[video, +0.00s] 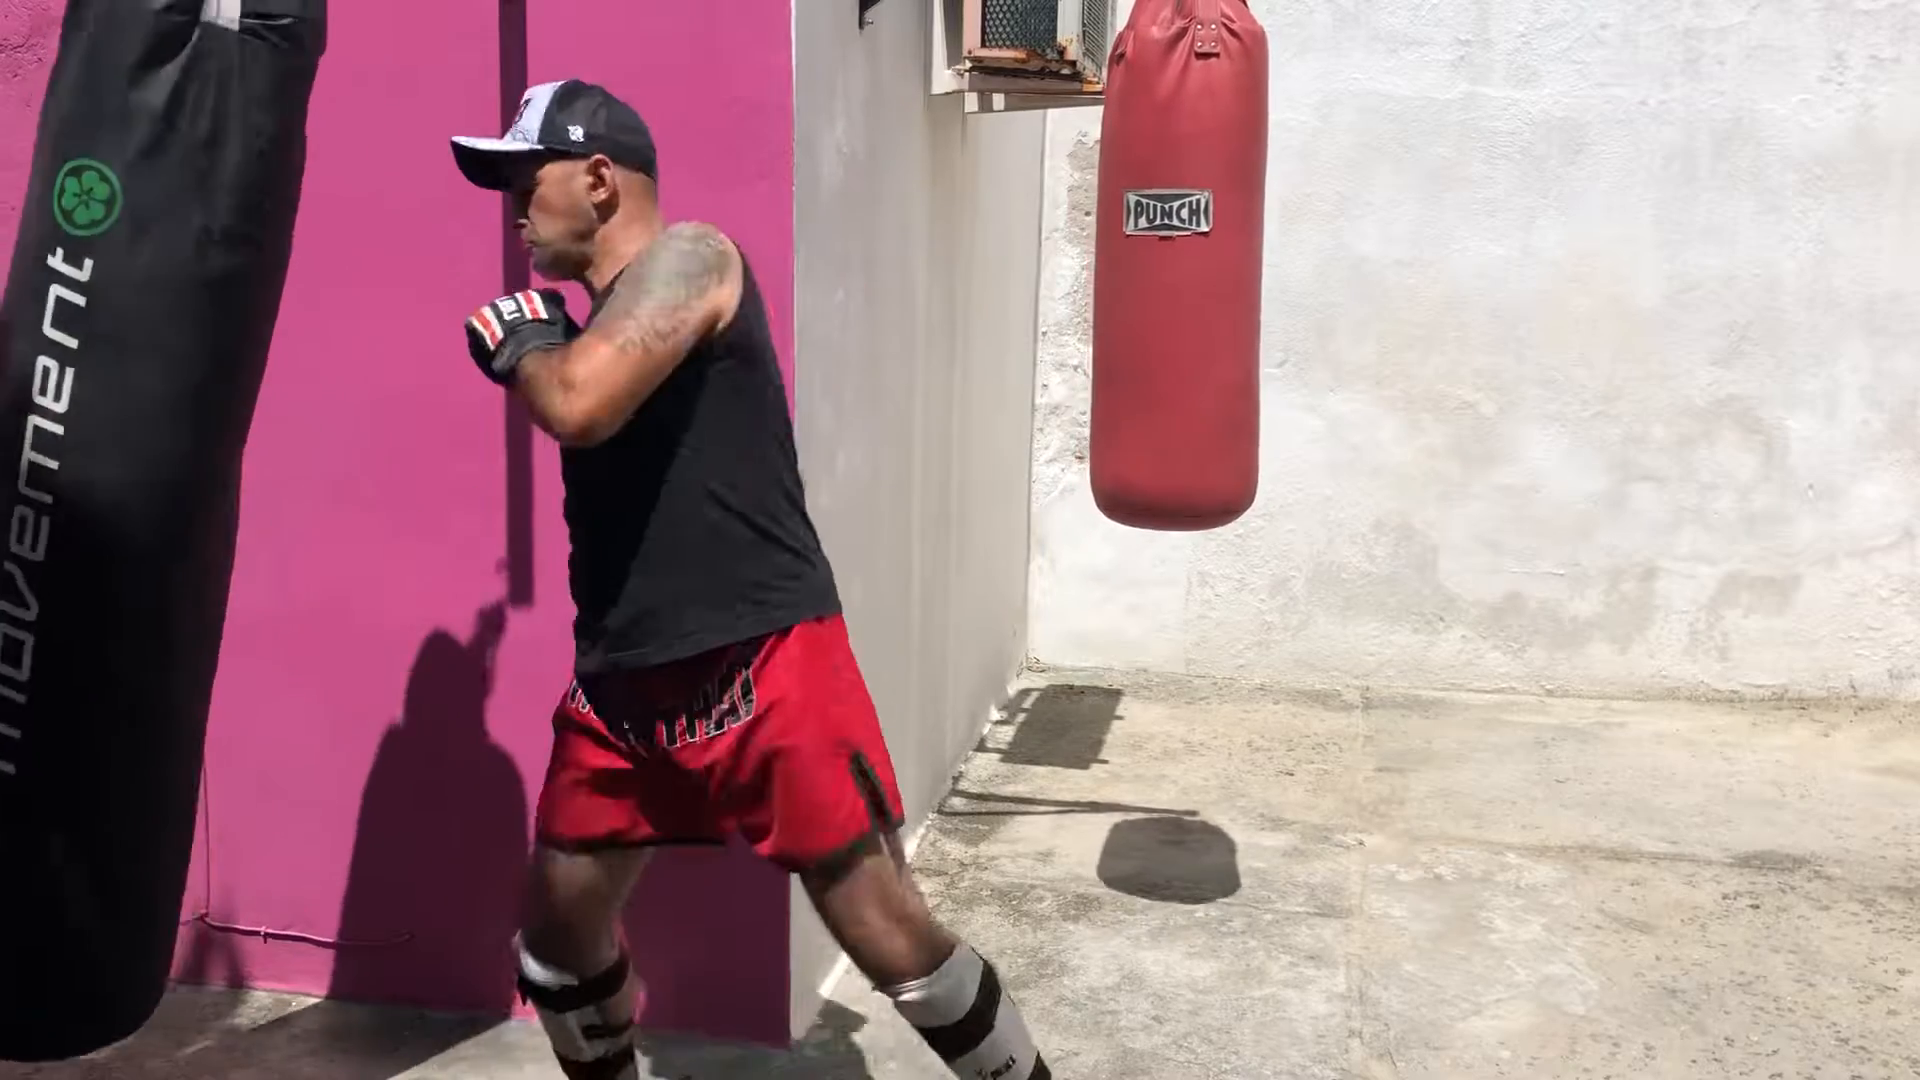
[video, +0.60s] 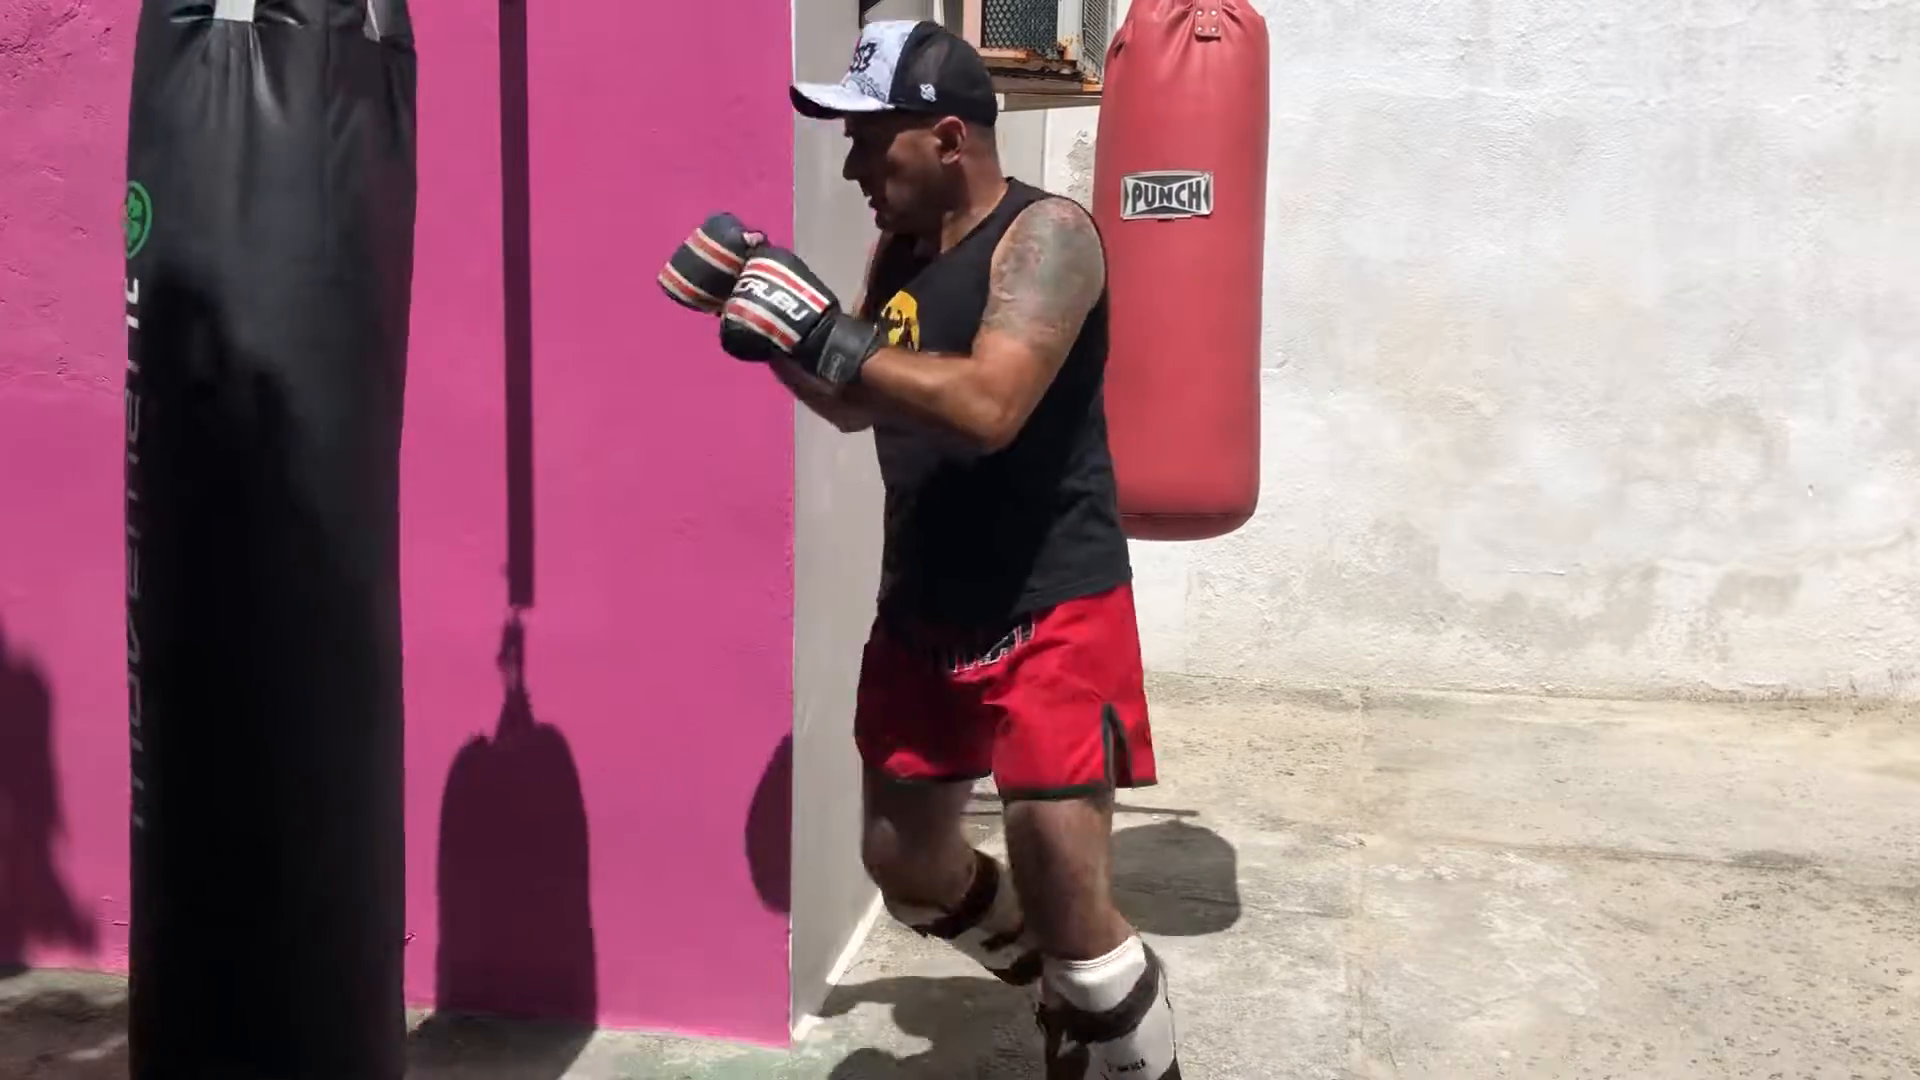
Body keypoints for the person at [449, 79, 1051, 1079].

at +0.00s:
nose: (514, 201)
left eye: (528, 178)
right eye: (513, 183)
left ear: (601, 178)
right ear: (593, 185)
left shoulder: (693, 253)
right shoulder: (592, 321)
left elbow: (577, 404)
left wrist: (524, 347)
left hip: (770, 653)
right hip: (625, 674)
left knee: (886, 935)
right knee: (563, 929)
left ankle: (1021, 1074)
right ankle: (611, 1076)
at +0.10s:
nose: (524, 193)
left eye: (539, 170)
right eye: (522, 174)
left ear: (611, 172)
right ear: (602, 179)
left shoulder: (722, 257)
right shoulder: (596, 323)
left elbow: (652, 410)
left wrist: (556, 358)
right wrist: (550, 371)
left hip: (780, 651)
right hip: (633, 669)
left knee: (896, 930)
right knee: (572, 923)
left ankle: (1018, 1072)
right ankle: (609, 1075)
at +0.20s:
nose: (592, 209)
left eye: (612, 185)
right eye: (592, 186)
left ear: (691, 190)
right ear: (672, 192)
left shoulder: (800, 298)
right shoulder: (608, 334)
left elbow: (806, 445)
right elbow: (522, 477)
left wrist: (654, 377)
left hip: (830, 659)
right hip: (668, 685)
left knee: (924, 869)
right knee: (581, 915)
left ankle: (1021, 1071)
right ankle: (599, 1077)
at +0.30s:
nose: (668, 233)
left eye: (689, 206)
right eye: (670, 207)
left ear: (767, 213)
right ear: (755, 215)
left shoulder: (870, 321)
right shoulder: (705, 351)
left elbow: (814, 469)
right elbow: (630, 484)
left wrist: (689, 377)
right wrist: (504, 488)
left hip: (858, 697)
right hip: (700, 700)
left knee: (972, 960)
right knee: (582, 931)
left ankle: (1090, 1074)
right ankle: (597, 1076)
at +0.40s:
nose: (741, 205)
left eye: (757, 182)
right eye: (740, 184)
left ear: (833, 187)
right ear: (821, 191)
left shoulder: (938, 288)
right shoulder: (797, 313)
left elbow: (835, 447)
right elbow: (777, 475)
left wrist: (725, 350)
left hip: (933, 673)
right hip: (790, 667)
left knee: (1014, 951)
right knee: (682, 899)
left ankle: (1113, 1077)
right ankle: (612, 1071)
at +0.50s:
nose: (800, 166)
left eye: (818, 145)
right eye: (798, 143)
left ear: (896, 147)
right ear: (877, 150)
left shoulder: (995, 241)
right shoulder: (861, 261)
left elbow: (903, 408)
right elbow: (857, 418)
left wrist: (764, 322)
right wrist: (770, 317)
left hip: (1000, 628)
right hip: (867, 622)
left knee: (1048, 913)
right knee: (769, 846)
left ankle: (1126, 1067)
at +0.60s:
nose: (853, 160)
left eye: (872, 137)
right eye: (851, 136)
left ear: (951, 138)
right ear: (934, 141)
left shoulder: (1051, 237)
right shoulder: (905, 247)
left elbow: (986, 407)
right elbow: (856, 405)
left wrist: (833, 337)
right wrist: (772, 324)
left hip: (1050, 605)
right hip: (926, 607)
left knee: (1065, 894)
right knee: (908, 859)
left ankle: (1133, 1063)